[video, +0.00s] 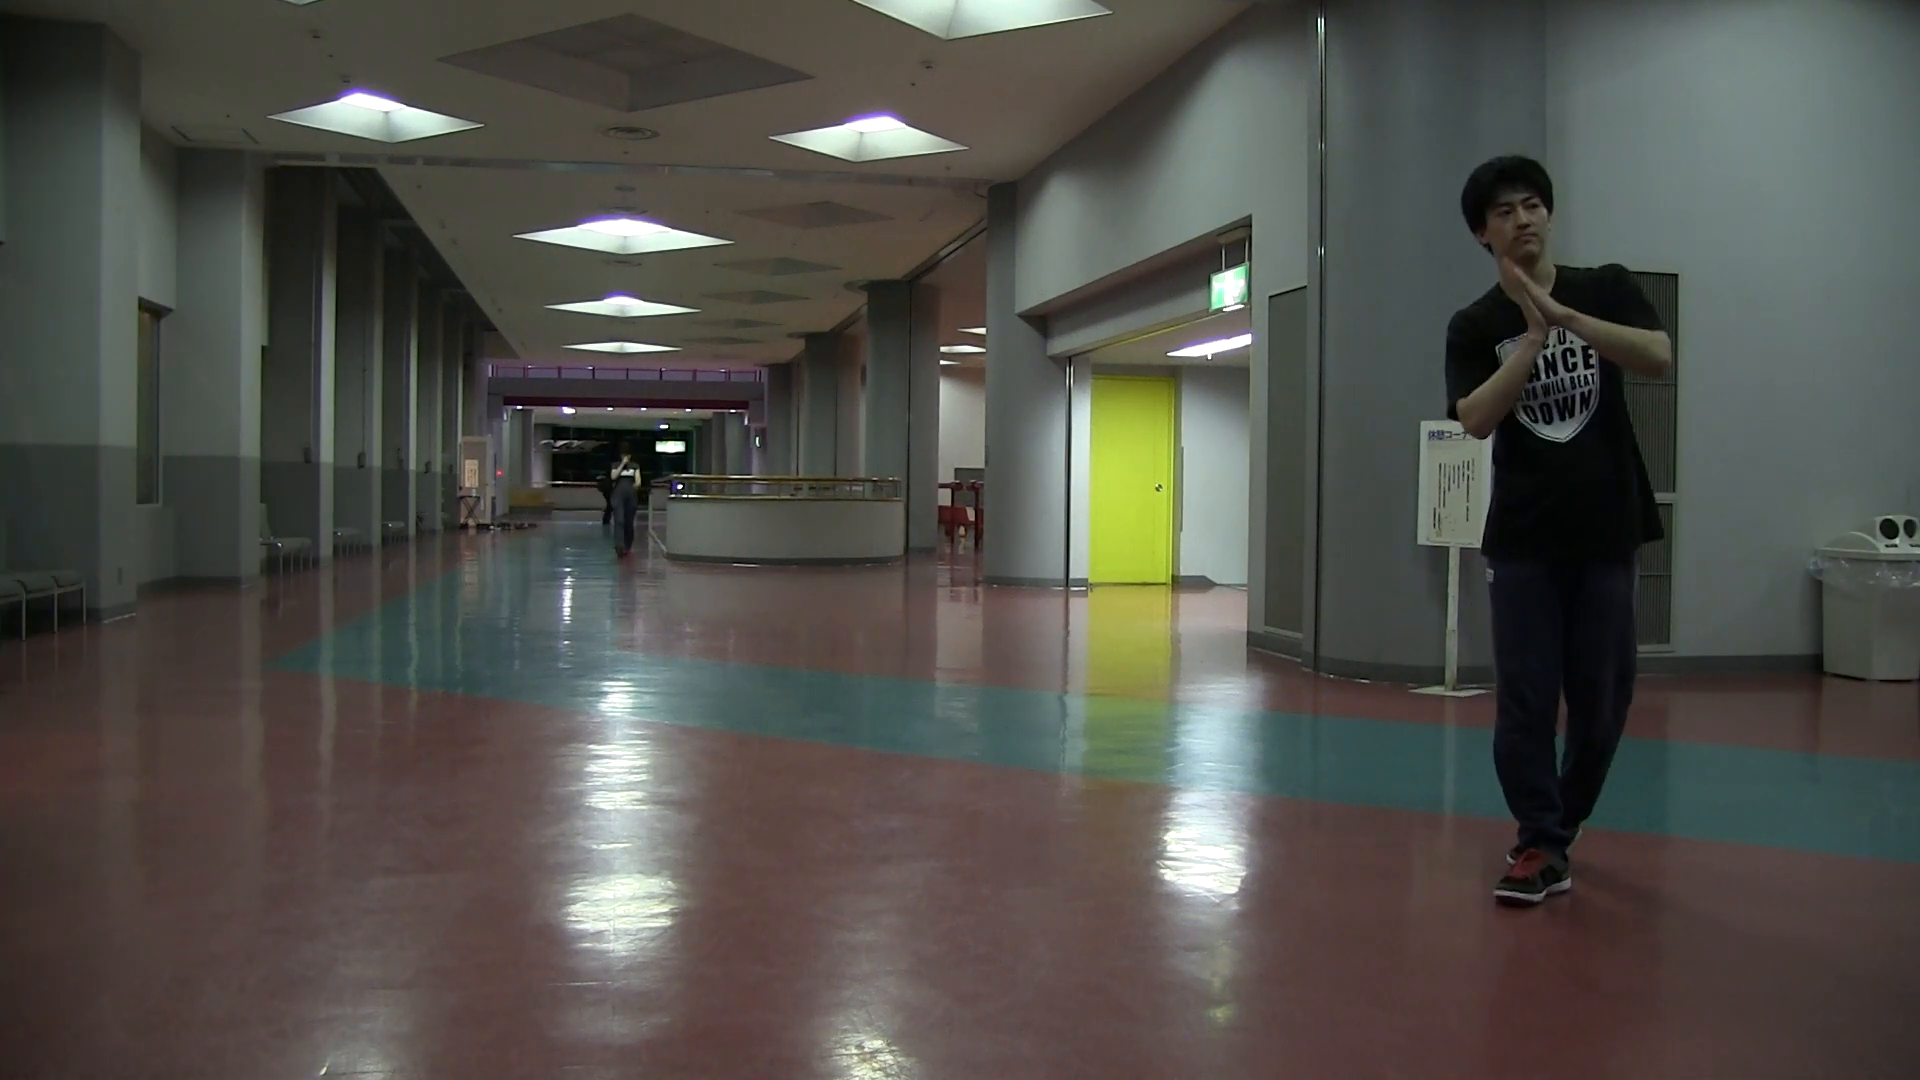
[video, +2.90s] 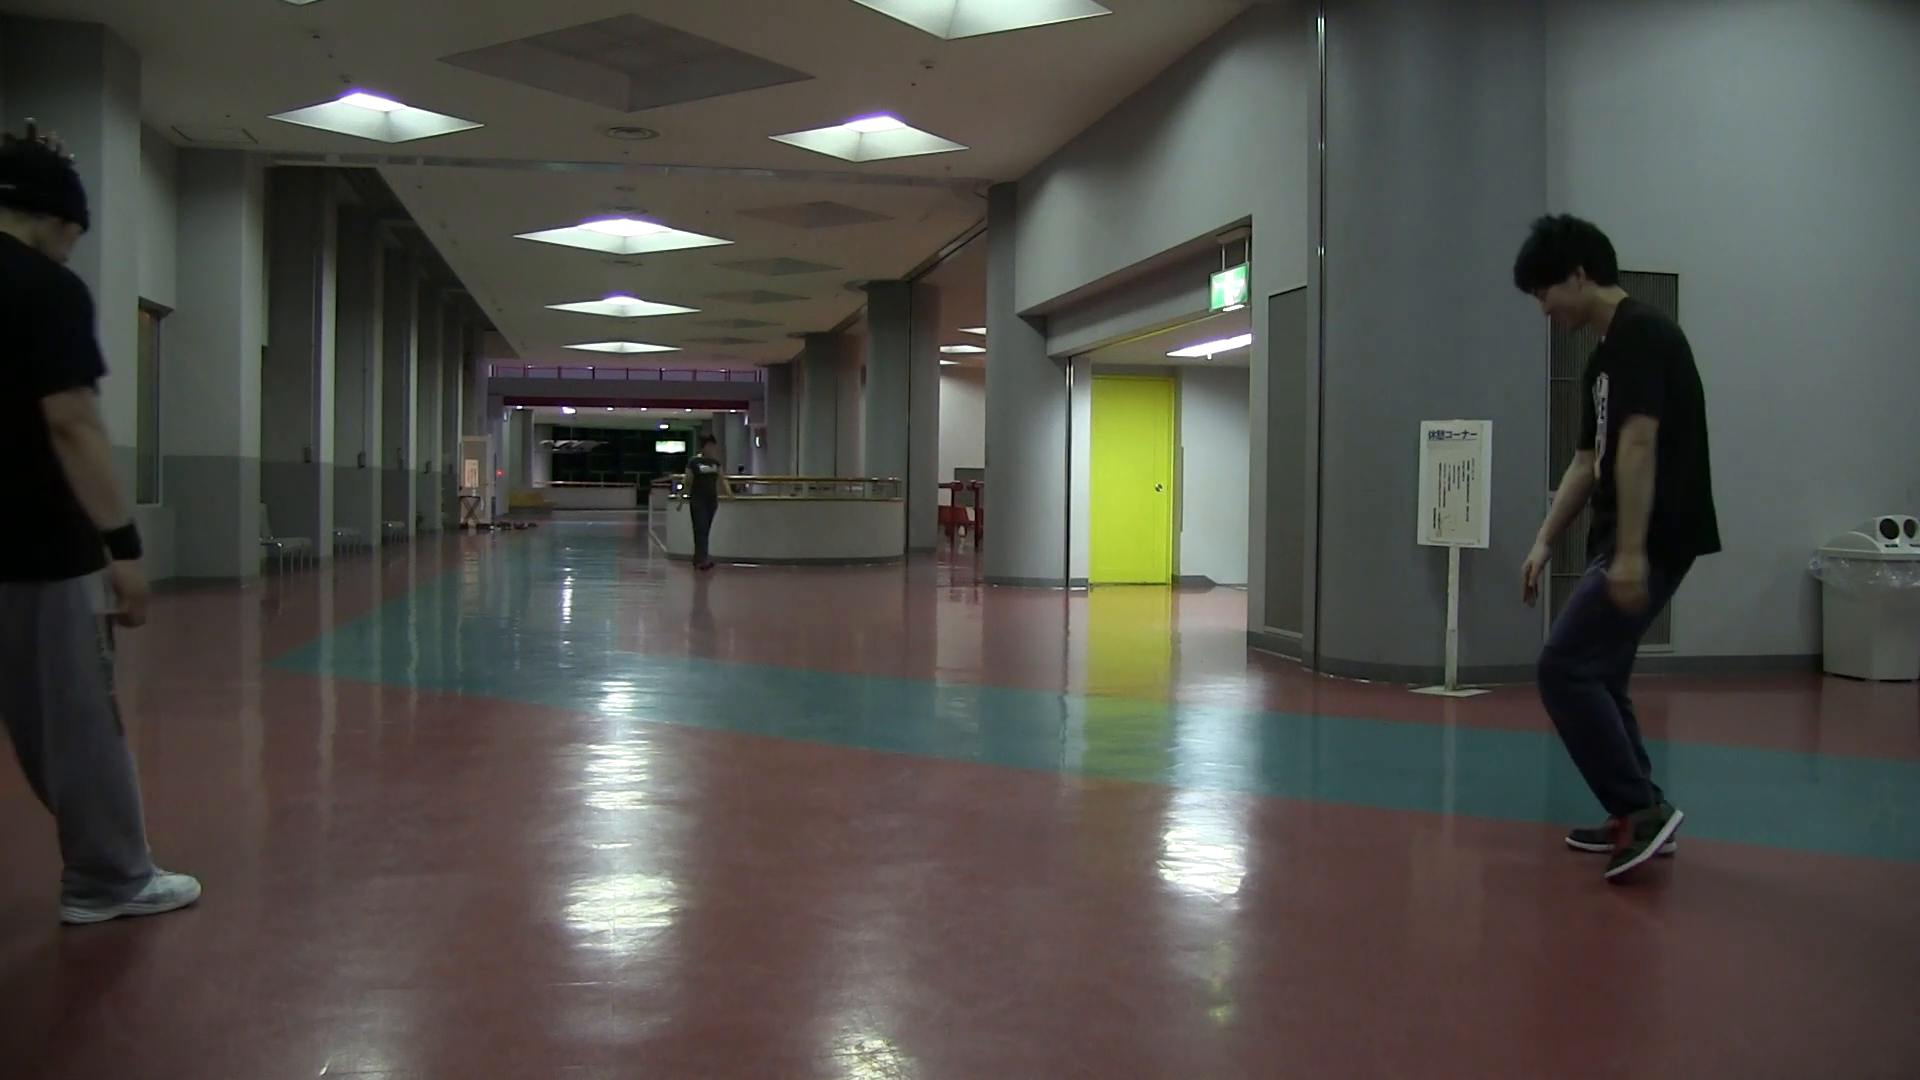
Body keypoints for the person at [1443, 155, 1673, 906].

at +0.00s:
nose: (1522, 220)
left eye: (1531, 205)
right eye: (1504, 212)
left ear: (1550, 215)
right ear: (1481, 233)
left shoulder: (1605, 288)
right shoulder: (1474, 325)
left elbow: (1658, 360)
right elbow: (1475, 418)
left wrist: (1561, 314)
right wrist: (1533, 339)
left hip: (1606, 528)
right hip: (1521, 533)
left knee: (1601, 693)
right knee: (1525, 692)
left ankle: (1555, 837)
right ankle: (1536, 848)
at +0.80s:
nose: (1546, 231)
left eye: (1560, 215)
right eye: (1534, 220)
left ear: (1596, 224)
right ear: (1524, 234)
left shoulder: (1646, 305)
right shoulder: (1513, 324)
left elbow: (1659, 397)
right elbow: (1457, 408)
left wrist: (1561, 367)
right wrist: (1530, 348)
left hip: (1604, 534)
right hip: (1524, 532)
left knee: (1581, 696)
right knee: (1519, 698)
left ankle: (1659, 806)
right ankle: (1544, 852)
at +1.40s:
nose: (1601, 233)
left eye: (1614, 220)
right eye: (1599, 221)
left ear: (1661, 224)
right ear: (1612, 230)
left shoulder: (1711, 299)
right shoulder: (1613, 325)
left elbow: (1685, 397)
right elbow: (1569, 422)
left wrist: (1588, 386)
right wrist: (1564, 385)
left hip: (1695, 528)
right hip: (1625, 527)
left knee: (1678, 691)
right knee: (1588, 683)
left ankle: (1707, 848)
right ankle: (1553, 836)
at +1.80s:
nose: (1607, 224)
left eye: (1621, 212)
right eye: (1612, 212)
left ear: (1658, 226)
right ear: (1650, 228)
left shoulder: (1688, 304)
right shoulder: (1629, 326)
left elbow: (1661, 411)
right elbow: (1603, 426)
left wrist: (1594, 505)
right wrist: (1566, 504)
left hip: (1680, 530)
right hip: (1632, 529)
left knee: (1676, 684)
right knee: (1628, 677)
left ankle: (1710, 848)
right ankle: (1648, 818)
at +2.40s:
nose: (1655, 241)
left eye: (1664, 232)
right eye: (1664, 231)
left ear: (1676, 248)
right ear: (1705, 271)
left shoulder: (1645, 320)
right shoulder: (1682, 331)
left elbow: (1593, 417)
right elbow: (1646, 434)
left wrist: (1559, 509)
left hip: (1599, 530)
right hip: (1633, 532)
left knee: (1563, 675)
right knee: (1618, 670)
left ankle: (1653, 812)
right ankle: (1634, 815)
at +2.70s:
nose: (1577, 299)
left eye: (1580, 283)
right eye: (1576, 285)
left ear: (1609, 273)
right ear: (1626, 277)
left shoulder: (1635, 334)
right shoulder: (1661, 338)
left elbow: (1582, 425)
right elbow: (1631, 461)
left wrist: (1531, 514)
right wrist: (1580, 546)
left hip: (1620, 545)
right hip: (1640, 547)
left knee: (1536, 674)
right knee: (1586, 682)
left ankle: (1621, 808)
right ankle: (1634, 811)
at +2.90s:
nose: (1544, 308)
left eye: (1545, 292)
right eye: (1538, 296)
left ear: (1580, 275)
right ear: (1577, 280)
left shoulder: (1644, 334)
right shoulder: (1606, 354)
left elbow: (1638, 445)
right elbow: (1587, 458)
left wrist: (1631, 550)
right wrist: (1544, 540)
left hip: (1656, 539)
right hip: (1629, 538)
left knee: (1563, 669)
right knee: (1603, 678)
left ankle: (1641, 810)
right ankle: (1631, 816)